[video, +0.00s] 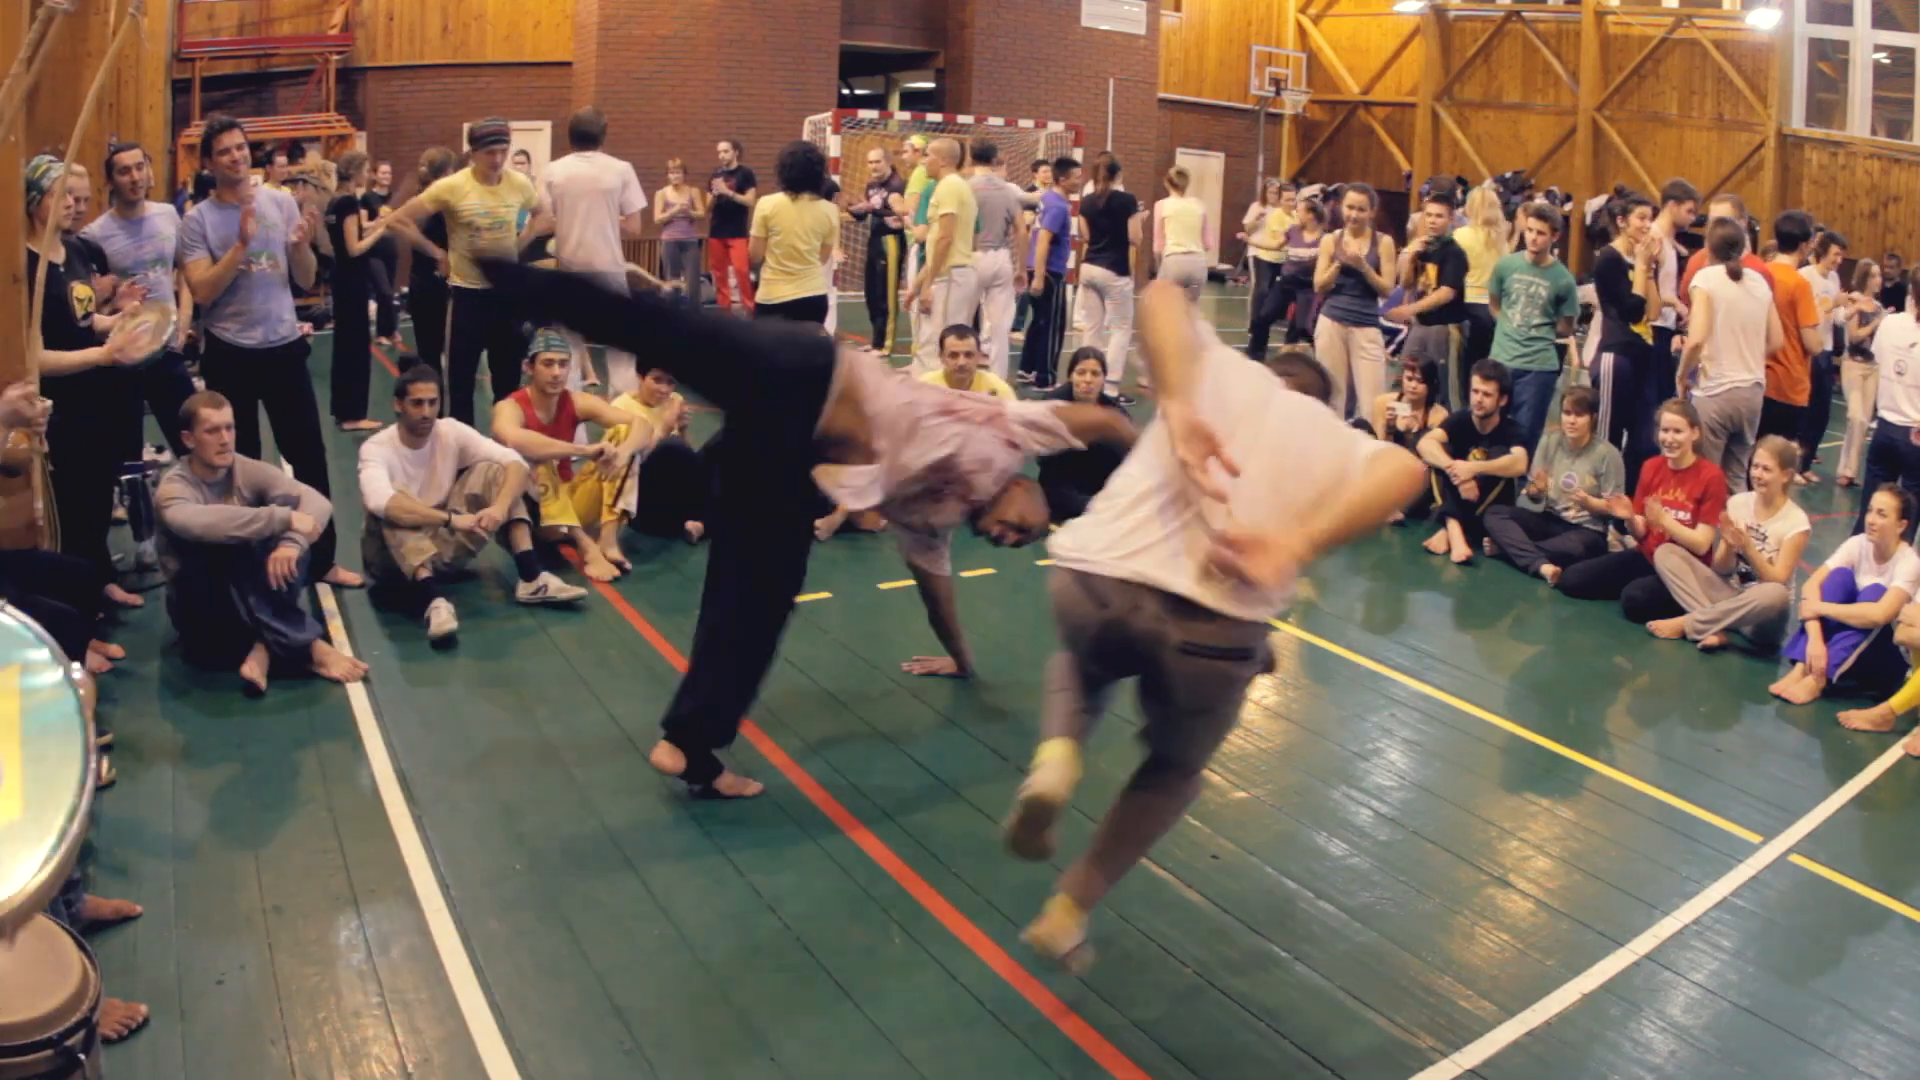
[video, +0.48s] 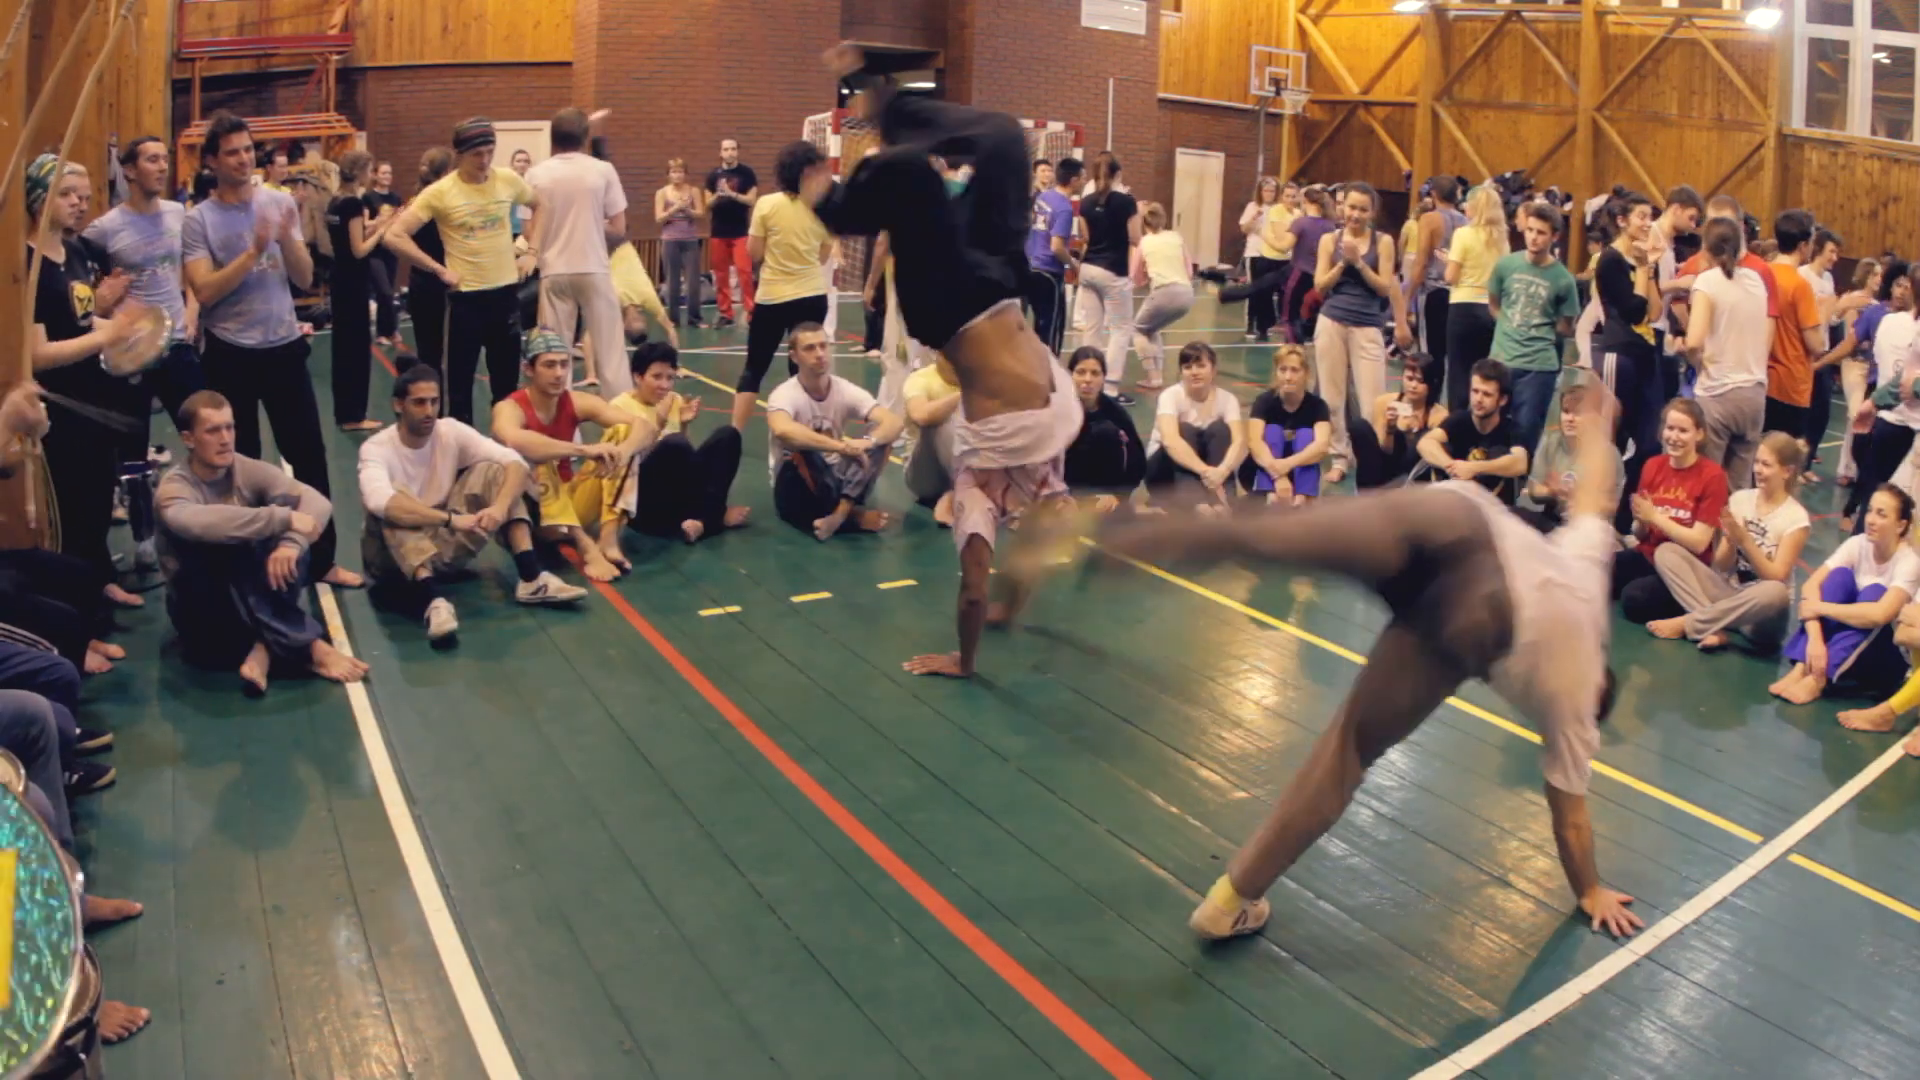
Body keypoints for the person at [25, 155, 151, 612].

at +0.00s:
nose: (76, 205)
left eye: (82, 197)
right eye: (67, 196)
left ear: (86, 202)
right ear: (38, 201)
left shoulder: (78, 253)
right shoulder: (23, 264)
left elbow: (84, 321)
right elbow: (30, 358)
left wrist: (121, 319)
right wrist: (101, 354)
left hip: (96, 387)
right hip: (58, 398)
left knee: (98, 492)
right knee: (74, 497)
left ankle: (102, 576)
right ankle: (81, 591)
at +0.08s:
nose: (78, 205)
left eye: (83, 198)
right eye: (68, 196)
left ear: (87, 202)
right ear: (38, 201)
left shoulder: (76, 253)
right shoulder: (22, 264)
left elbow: (83, 322)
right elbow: (30, 357)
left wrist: (123, 321)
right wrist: (100, 346)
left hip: (92, 390)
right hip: (56, 398)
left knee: (97, 494)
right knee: (72, 499)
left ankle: (101, 578)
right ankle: (79, 595)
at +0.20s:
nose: (76, 203)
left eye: (81, 195)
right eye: (66, 194)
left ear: (85, 200)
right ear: (39, 200)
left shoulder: (76, 253)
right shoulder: (22, 261)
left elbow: (80, 320)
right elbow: (24, 354)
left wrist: (119, 323)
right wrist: (96, 345)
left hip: (97, 389)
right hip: (57, 397)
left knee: (97, 496)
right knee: (73, 500)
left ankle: (100, 576)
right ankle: (78, 594)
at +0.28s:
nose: (77, 203)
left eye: (81, 195)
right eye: (66, 194)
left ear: (84, 200)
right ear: (39, 200)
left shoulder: (74, 253)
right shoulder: (21, 261)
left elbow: (78, 322)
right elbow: (21, 353)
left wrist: (117, 324)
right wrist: (93, 361)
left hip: (92, 393)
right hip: (54, 399)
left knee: (96, 494)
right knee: (71, 498)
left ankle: (100, 576)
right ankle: (78, 590)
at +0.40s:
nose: (78, 203)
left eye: (83, 194)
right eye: (67, 193)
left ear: (86, 199)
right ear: (40, 199)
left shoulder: (76, 253)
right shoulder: (23, 261)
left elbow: (78, 323)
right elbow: (29, 355)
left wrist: (112, 312)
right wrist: (97, 335)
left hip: (96, 391)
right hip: (58, 398)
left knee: (97, 496)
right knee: (75, 500)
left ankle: (100, 577)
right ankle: (80, 594)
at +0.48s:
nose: (79, 203)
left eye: (84, 194)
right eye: (68, 194)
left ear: (88, 199)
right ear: (41, 200)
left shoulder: (80, 254)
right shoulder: (27, 263)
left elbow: (86, 322)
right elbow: (35, 354)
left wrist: (112, 315)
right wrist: (104, 335)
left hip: (93, 387)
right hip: (57, 397)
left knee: (97, 495)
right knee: (76, 500)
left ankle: (101, 576)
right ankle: (82, 593)